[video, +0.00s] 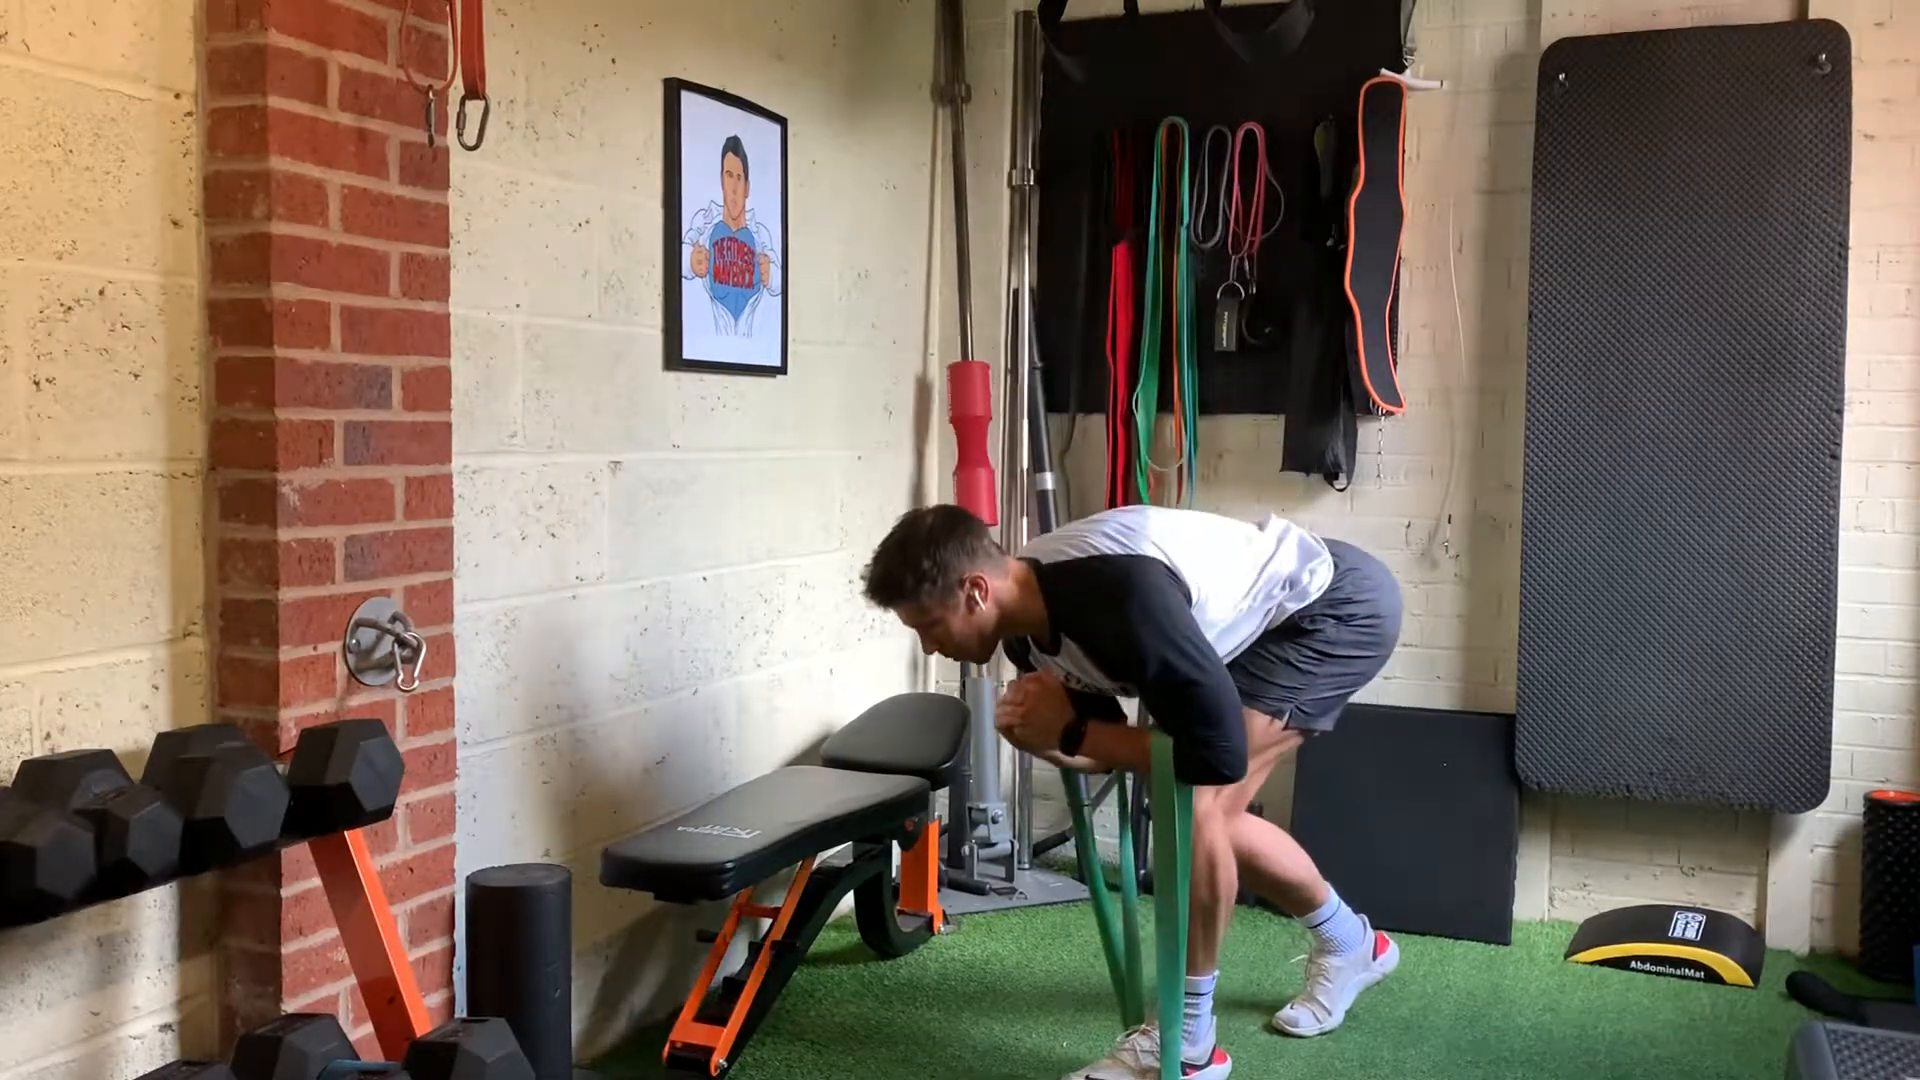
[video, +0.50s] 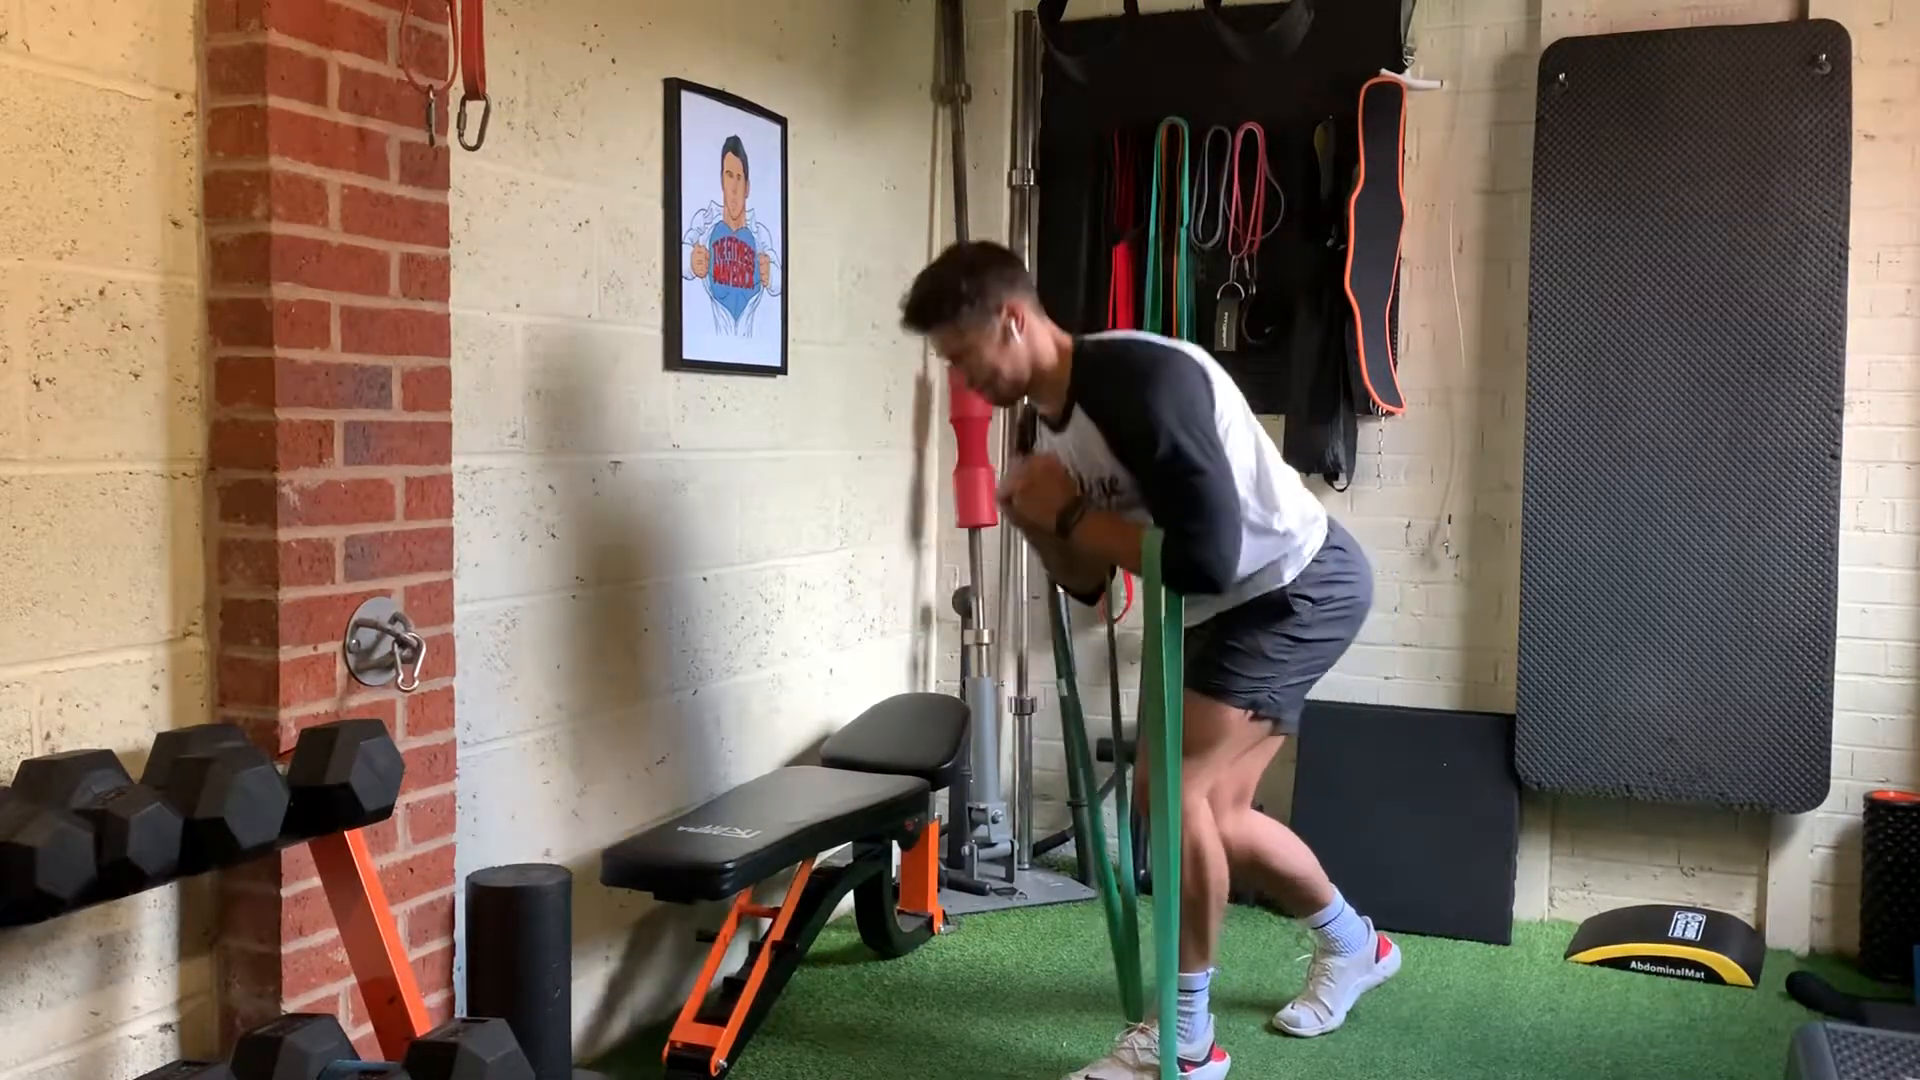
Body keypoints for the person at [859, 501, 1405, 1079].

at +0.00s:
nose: (929, 648)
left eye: (928, 627)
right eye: (918, 632)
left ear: (977, 593)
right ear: (979, 590)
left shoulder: (1126, 593)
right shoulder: (1022, 620)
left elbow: (1218, 757)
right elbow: (1115, 736)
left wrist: (1081, 730)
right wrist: (1053, 736)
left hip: (1337, 599)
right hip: (1270, 603)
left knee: (1202, 805)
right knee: (1216, 819)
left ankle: (1185, 1042)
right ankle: (1355, 945)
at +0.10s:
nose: (932, 648)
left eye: (930, 627)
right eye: (921, 632)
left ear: (978, 592)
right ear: (980, 588)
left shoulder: (1128, 590)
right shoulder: (1023, 617)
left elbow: (1221, 754)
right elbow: (1121, 730)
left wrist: (1081, 729)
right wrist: (1057, 734)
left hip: (1339, 600)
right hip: (1276, 603)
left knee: (1204, 804)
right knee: (1216, 817)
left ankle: (1187, 1042)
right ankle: (1356, 945)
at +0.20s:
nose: (930, 600)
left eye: (930, 579)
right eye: (920, 584)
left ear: (977, 544)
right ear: (978, 542)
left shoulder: (1132, 555)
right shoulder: (1030, 590)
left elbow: (1221, 722)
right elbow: (1139, 715)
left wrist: (1074, 692)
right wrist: (1056, 701)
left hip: (1335, 595)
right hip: (1267, 606)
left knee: (1201, 799)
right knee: (1214, 821)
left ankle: (1186, 1041)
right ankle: (1357, 944)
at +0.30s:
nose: (930, 541)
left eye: (932, 520)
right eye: (921, 525)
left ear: (984, 490)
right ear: (987, 489)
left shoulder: (1132, 514)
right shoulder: (1031, 545)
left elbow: (1213, 678)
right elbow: (1114, 674)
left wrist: (1069, 649)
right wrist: (1056, 656)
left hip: (1328, 592)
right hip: (1257, 605)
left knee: (1198, 799)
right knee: (1216, 819)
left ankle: (1186, 1039)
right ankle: (1358, 945)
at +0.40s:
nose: (941, 461)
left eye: (945, 439)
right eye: (932, 445)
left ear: (999, 407)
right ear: (995, 410)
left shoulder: (1136, 453)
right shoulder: (1031, 486)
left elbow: (1205, 626)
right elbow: (1095, 636)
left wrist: (1068, 582)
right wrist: (1037, 592)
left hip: (1316, 589)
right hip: (1252, 601)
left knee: (1188, 799)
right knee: (1207, 822)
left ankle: (1185, 1040)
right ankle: (1357, 944)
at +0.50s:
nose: (960, 379)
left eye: (963, 355)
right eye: (948, 363)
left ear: (1017, 319)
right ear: (1011, 328)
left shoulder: (1144, 384)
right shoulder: (1032, 424)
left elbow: (1208, 561)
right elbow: (1092, 587)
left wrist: (1072, 515)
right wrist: (1041, 523)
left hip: (1300, 581)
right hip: (1226, 595)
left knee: (1173, 788)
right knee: (1221, 818)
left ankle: (1185, 1036)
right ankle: (1356, 943)